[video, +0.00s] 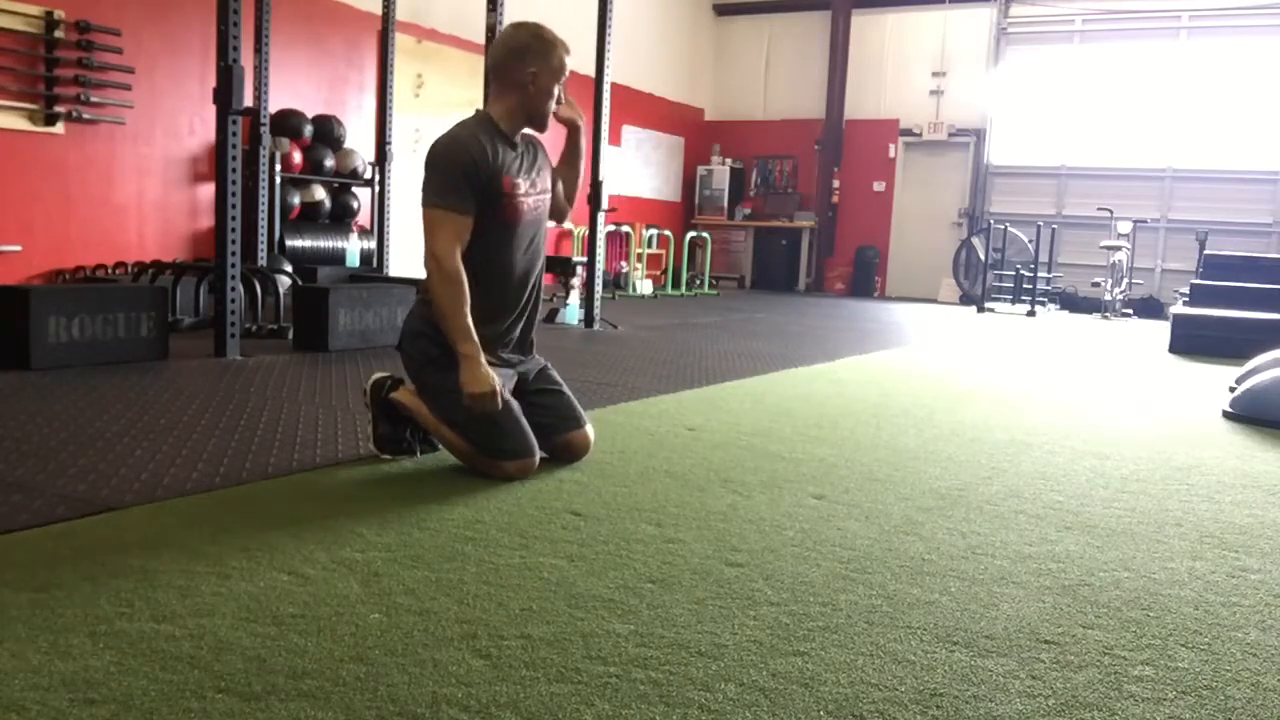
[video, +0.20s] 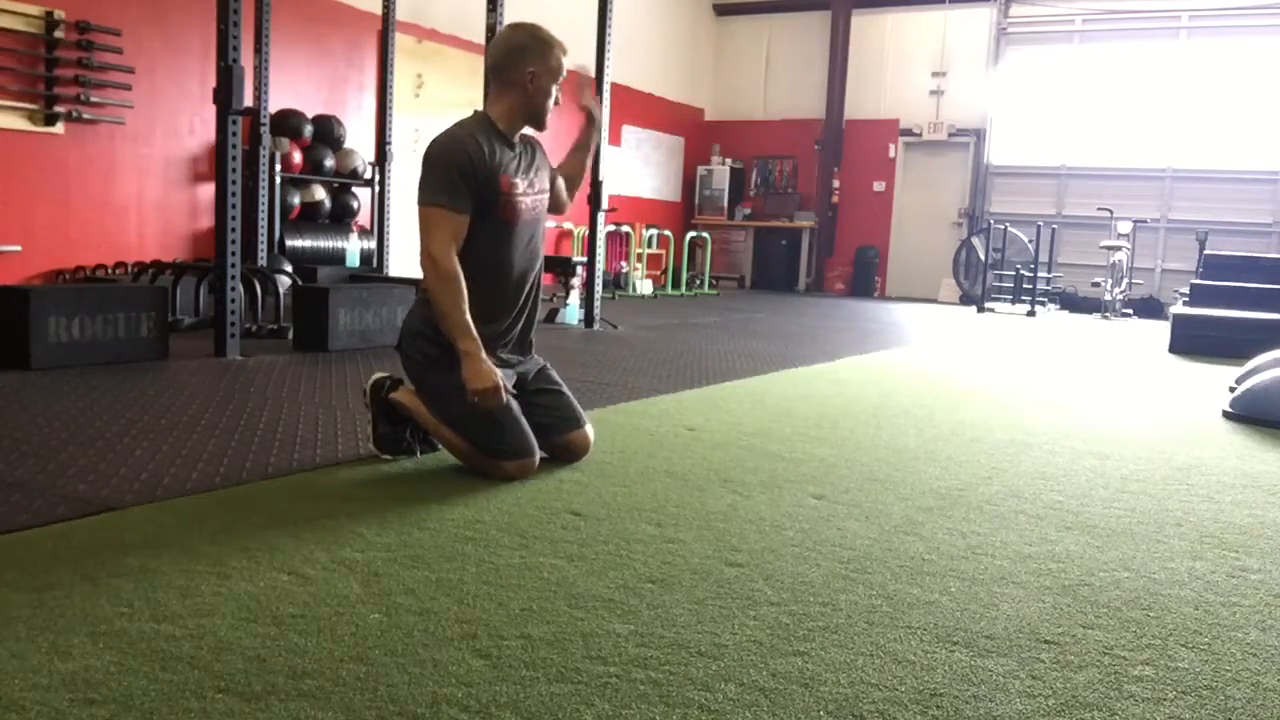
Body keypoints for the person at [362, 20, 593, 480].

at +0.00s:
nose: (563, 94)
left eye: (564, 82)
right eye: (561, 81)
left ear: (530, 79)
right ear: (529, 78)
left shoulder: (536, 152)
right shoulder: (461, 149)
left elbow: (560, 209)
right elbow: (442, 259)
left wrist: (577, 131)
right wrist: (471, 357)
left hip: (511, 345)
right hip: (449, 347)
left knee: (572, 442)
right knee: (515, 464)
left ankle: (437, 412)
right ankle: (399, 399)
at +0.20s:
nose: (559, 93)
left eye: (561, 81)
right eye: (558, 80)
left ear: (528, 80)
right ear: (529, 78)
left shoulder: (533, 153)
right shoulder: (457, 149)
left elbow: (559, 199)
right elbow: (438, 258)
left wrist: (590, 133)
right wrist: (473, 354)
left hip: (510, 345)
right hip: (448, 349)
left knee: (572, 443)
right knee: (515, 464)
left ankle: (438, 411)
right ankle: (400, 399)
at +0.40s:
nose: (557, 92)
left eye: (558, 79)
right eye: (554, 78)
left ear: (524, 77)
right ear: (526, 77)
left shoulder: (538, 152)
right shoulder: (453, 149)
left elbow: (586, 165)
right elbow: (433, 257)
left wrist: (623, 152)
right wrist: (469, 355)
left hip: (514, 348)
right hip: (450, 351)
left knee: (573, 443)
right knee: (516, 464)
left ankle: (438, 410)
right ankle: (399, 399)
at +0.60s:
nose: (559, 92)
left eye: (560, 80)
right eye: (550, 77)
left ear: (516, 75)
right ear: (509, 72)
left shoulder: (540, 156)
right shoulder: (451, 149)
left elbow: (587, 182)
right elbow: (429, 257)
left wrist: (621, 174)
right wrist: (457, 354)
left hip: (516, 350)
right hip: (453, 353)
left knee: (574, 444)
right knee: (515, 464)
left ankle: (437, 411)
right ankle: (399, 400)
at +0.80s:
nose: (548, 89)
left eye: (555, 77)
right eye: (536, 73)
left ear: (560, 82)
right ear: (498, 71)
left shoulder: (540, 157)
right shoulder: (451, 149)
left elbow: (581, 195)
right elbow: (426, 254)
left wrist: (622, 189)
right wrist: (462, 334)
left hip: (516, 347)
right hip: (451, 348)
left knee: (574, 444)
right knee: (516, 464)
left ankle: (445, 409)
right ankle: (399, 400)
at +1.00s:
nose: (519, 87)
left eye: (532, 78)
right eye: (507, 72)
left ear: (546, 88)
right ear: (486, 73)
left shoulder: (546, 160)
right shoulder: (451, 147)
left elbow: (559, 228)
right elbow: (401, 233)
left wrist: (610, 254)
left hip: (517, 346)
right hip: (450, 347)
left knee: (574, 444)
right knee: (516, 463)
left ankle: (448, 409)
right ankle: (399, 399)